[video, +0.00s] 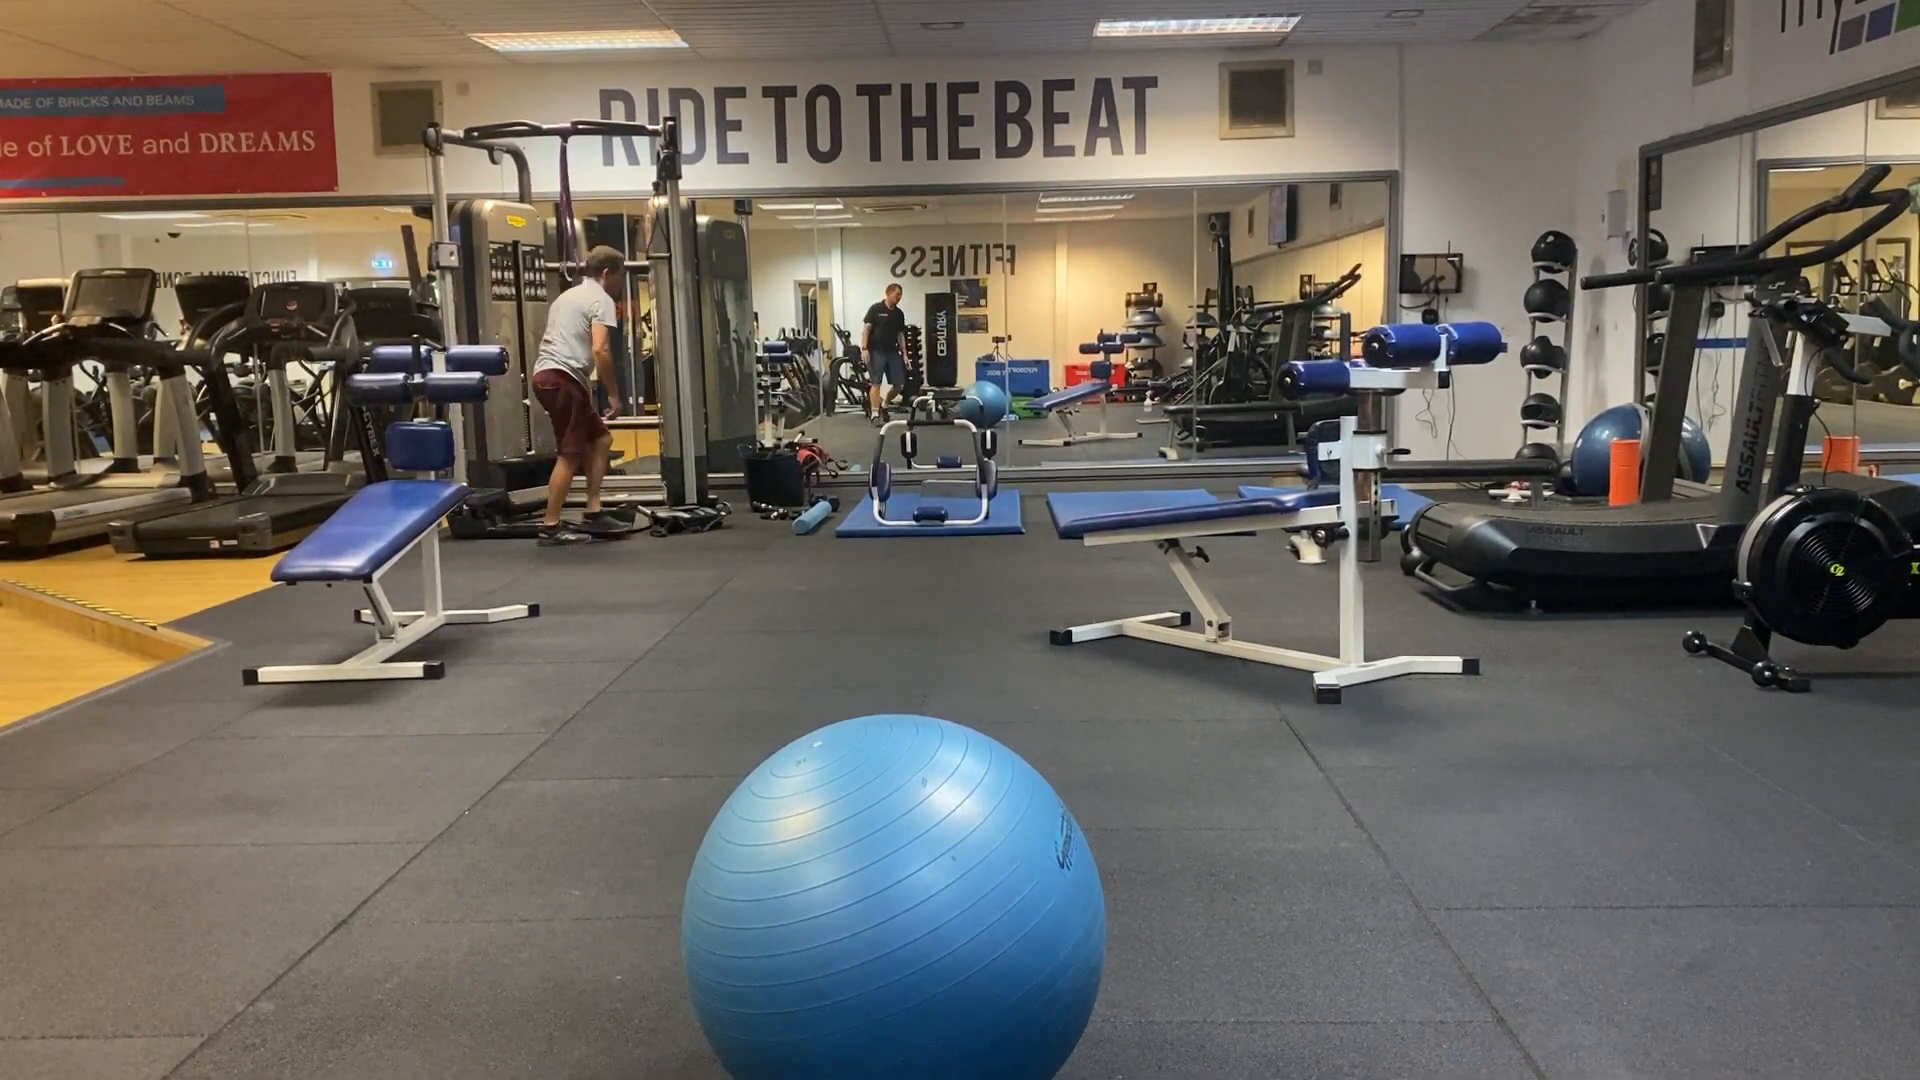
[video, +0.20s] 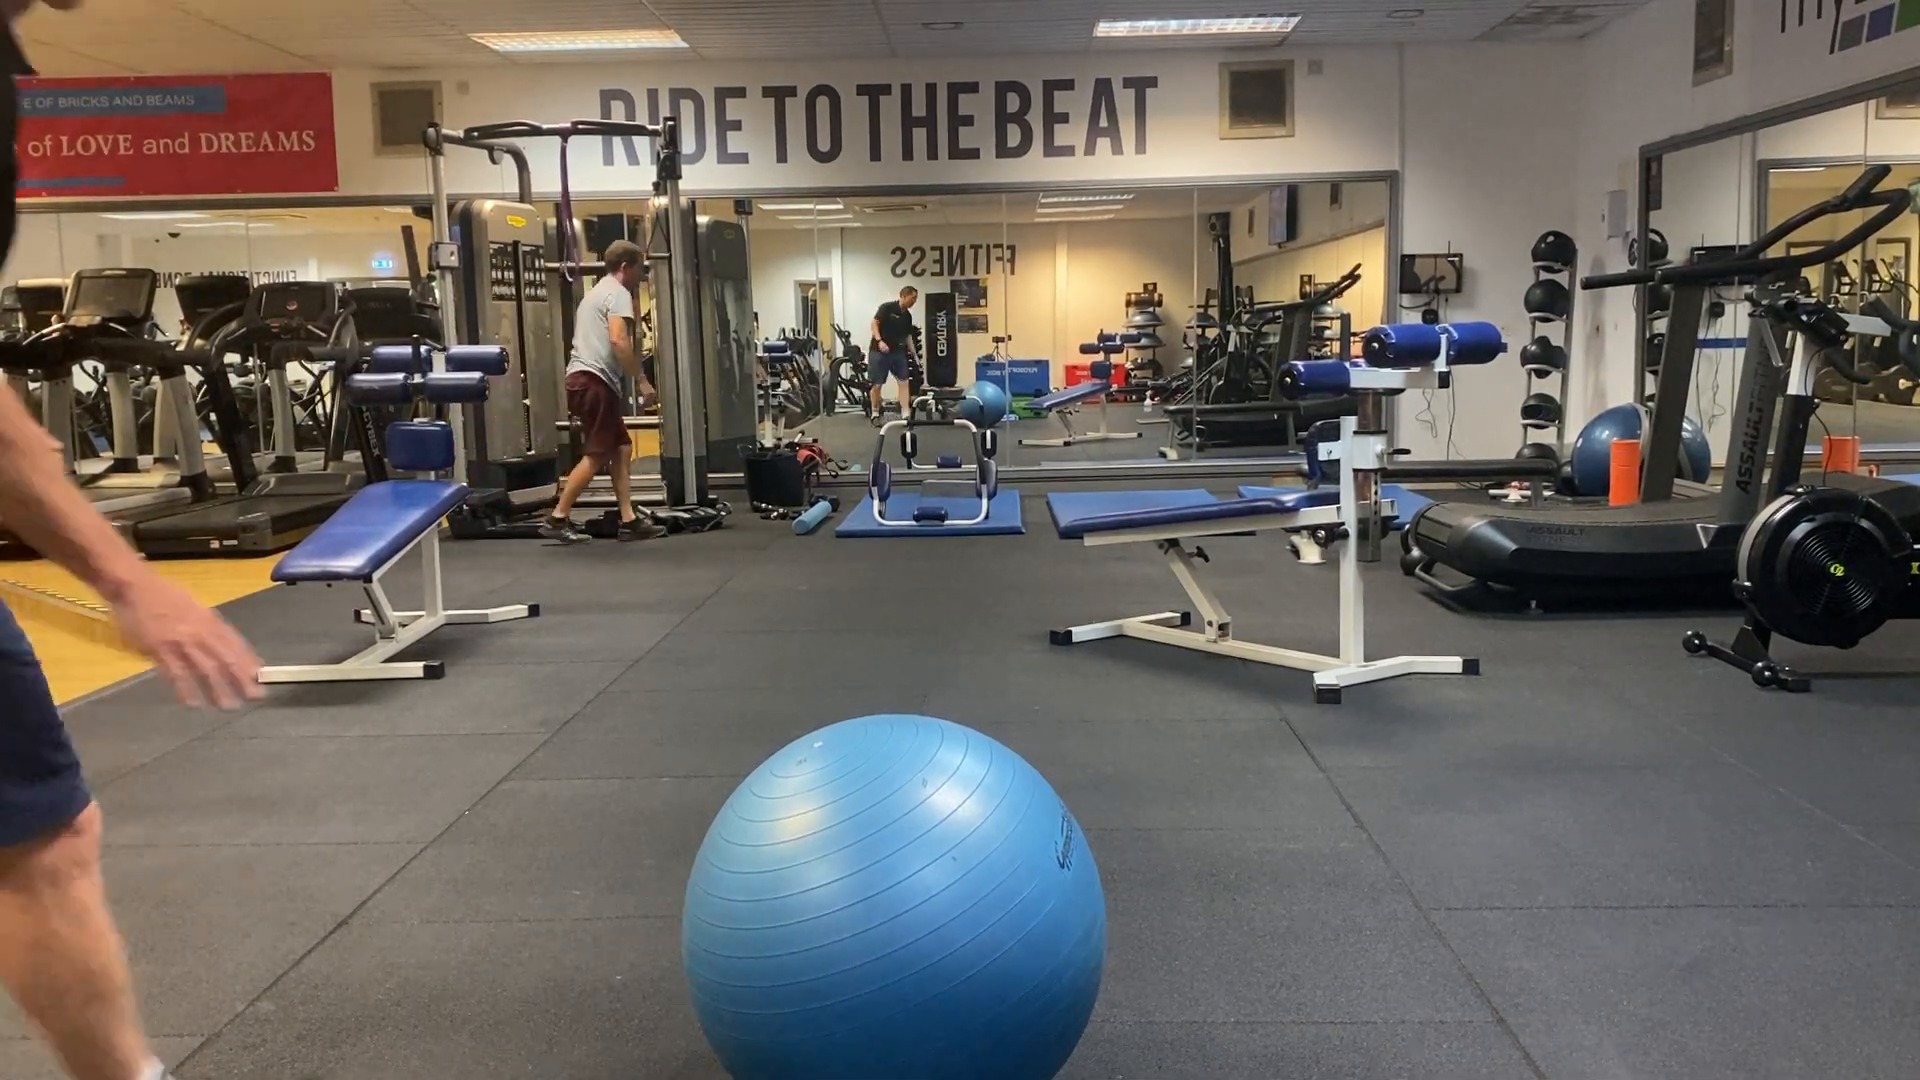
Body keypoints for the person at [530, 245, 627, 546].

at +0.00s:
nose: (622, 283)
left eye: (622, 276)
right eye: (621, 276)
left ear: (592, 272)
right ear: (606, 273)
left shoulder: (566, 296)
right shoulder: (601, 299)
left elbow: (558, 342)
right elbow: (600, 349)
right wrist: (613, 393)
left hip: (543, 377)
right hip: (563, 378)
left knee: (602, 439)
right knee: (571, 453)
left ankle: (594, 512)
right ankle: (550, 525)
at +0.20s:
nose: (641, 275)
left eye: (641, 269)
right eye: (639, 268)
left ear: (616, 268)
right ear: (624, 267)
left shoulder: (597, 291)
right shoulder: (616, 292)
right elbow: (618, 341)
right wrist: (642, 380)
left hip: (579, 379)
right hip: (593, 380)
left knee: (622, 446)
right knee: (597, 455)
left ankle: (628, 519)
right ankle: (558, 517)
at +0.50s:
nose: (673, 274)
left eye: (674, 268)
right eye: (672, 267)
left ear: (649, 262)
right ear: (656, 262)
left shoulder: (629, 282)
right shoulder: (645, 285)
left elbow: (624, 331)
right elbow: (636, 328)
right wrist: (650, 372)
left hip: (612, 374)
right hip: (630, 374)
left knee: (635, 446)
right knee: (670, 442)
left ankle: (628, 516)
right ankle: (651, 507)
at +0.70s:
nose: (697, 282)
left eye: (699, 277)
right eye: (697, 276)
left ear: (675, 267)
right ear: (684, 268)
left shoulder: (652, 289)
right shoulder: (672, 289)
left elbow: (645, 333)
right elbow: (657, 327)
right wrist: (659, 373)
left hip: (638, 378)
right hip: (662, 378)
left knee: (645, 450)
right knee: (691, 448)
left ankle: (628, 516)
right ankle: (718, 509)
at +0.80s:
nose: (712, 284)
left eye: (713, 278)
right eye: (711, 277)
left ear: (688, 269)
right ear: (698, 270)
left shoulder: (664, 294)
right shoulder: (690, 292)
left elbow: (654, 336)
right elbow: (673, 327)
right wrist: (673, 374)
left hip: (652, 379)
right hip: (679, 380)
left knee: (656, 450)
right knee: (705, 450)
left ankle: (631, 514)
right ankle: (722, 511)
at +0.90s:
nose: (726, 281)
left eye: (728, 276)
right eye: (727, 275)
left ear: (702, 266)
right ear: (716, 268)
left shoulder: (676, 293)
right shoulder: (708, 290)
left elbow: (672, 333)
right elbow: (694, 328)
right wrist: (696, 375)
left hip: (667, 378)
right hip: (694, 375)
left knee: (681, 448)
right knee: (716, 447)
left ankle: (643, 501)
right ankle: (724, 511)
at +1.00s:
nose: (736, 277)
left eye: (737, 272)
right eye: (737, 271)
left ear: (712, 264)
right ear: (727, 266)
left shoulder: (685, 292)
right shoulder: (723, 291)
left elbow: (675, 339)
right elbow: (718, 332)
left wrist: (685, 370)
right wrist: (726, 374)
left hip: (681, 372)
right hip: (707, 370)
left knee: (703, 442)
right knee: (721, 444)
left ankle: (667, 475)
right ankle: (724, 511)